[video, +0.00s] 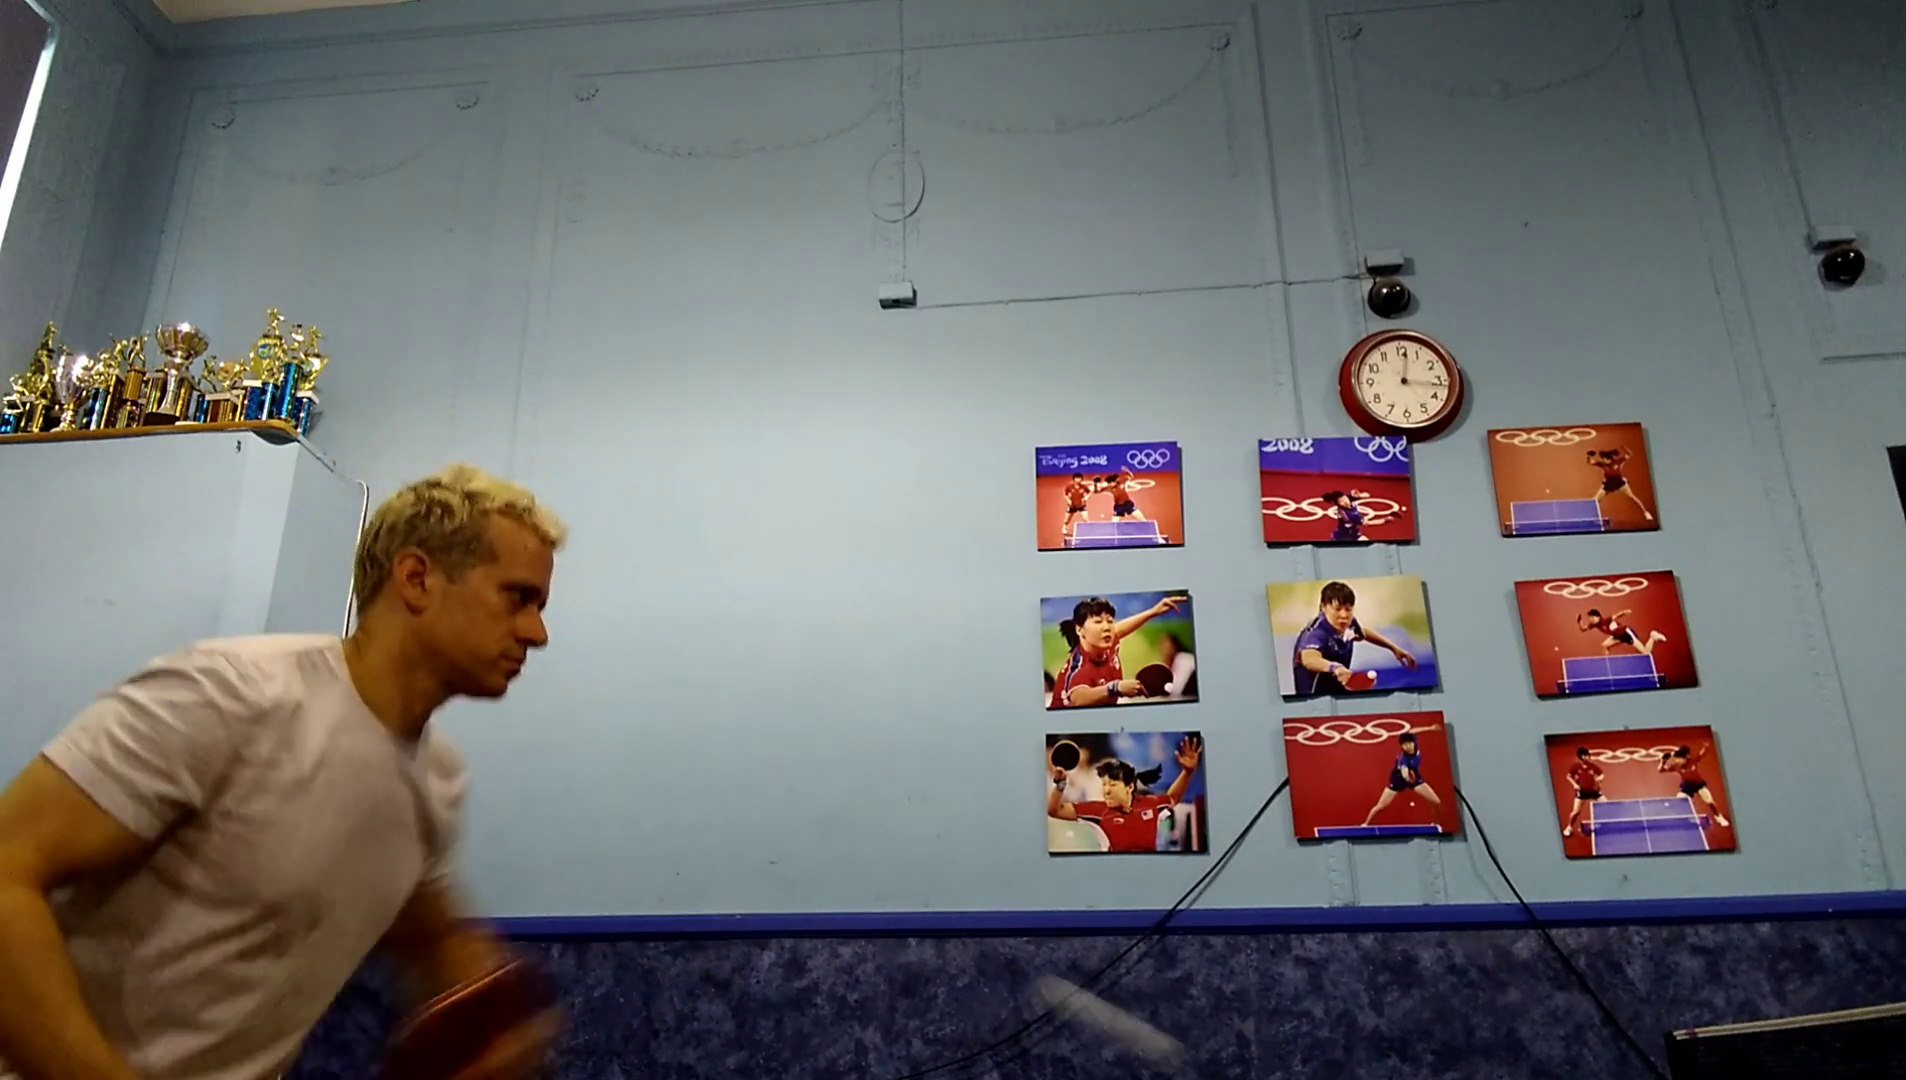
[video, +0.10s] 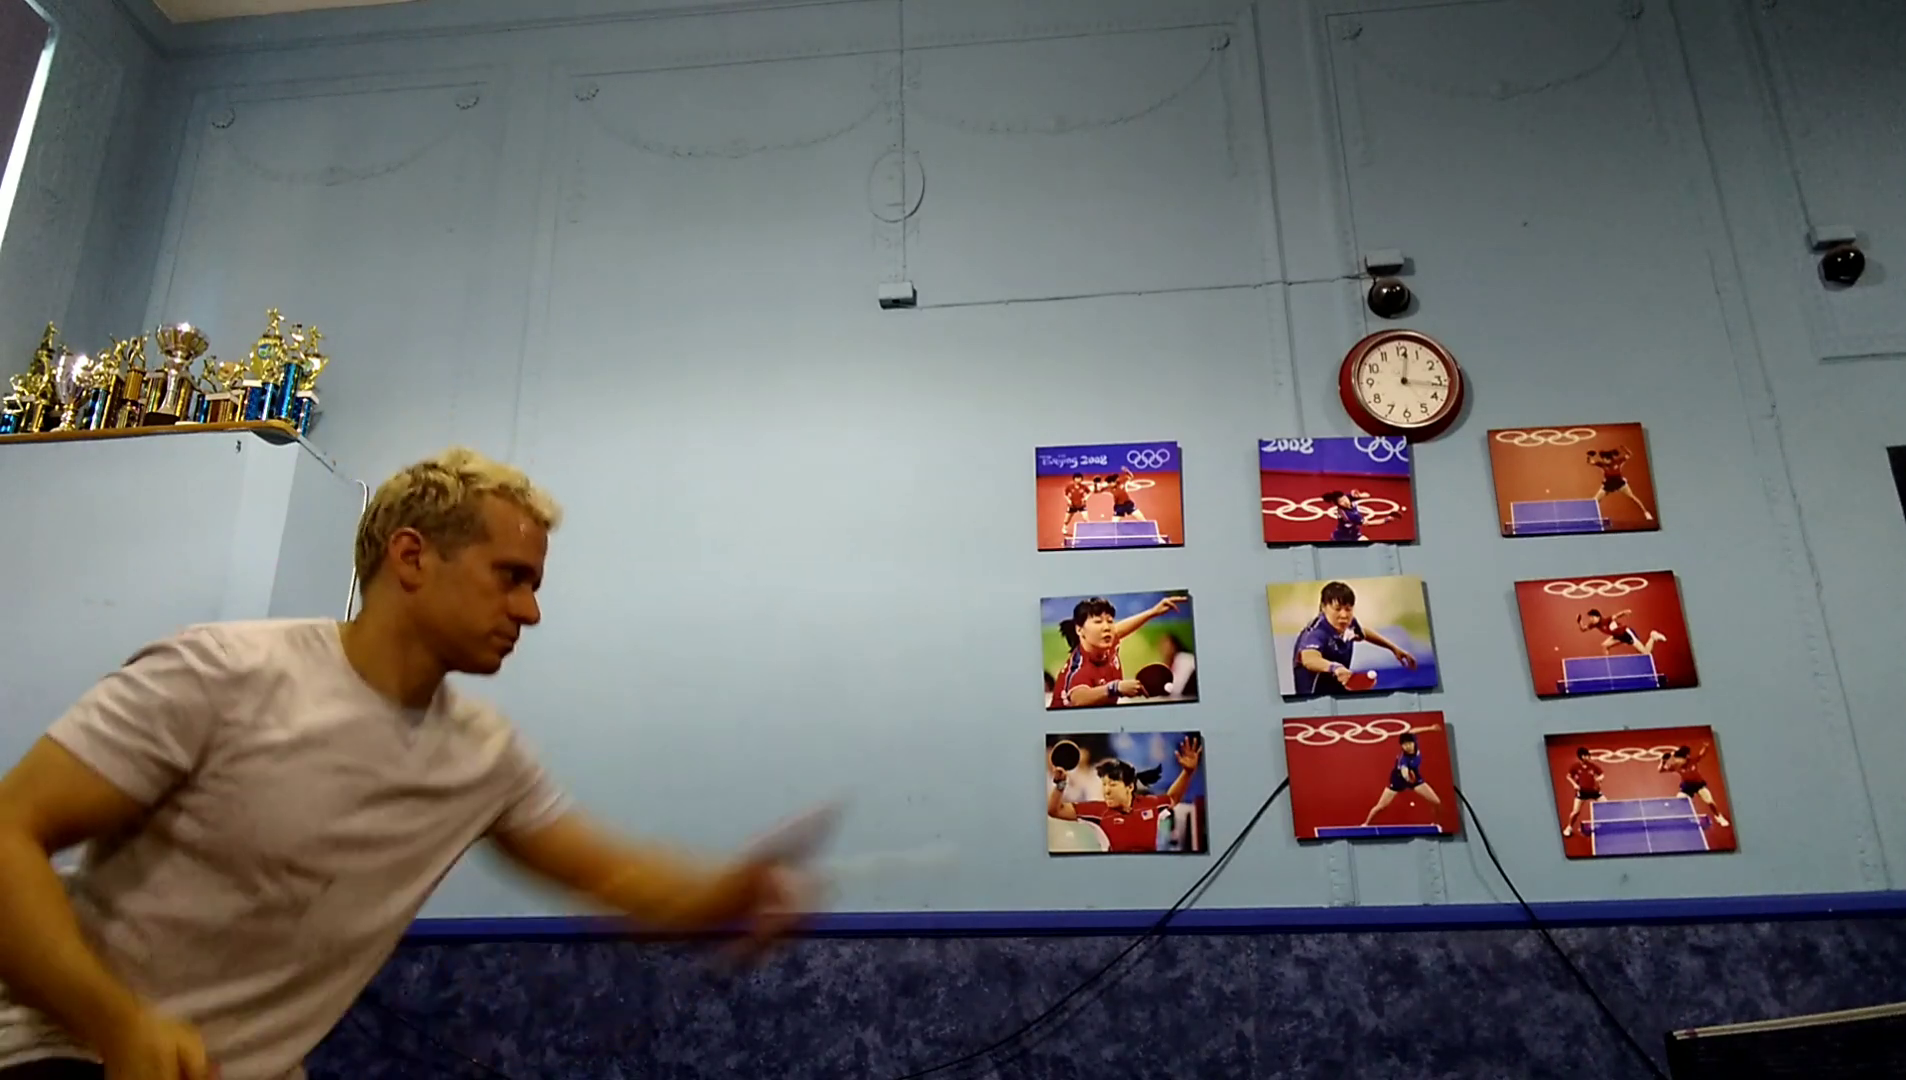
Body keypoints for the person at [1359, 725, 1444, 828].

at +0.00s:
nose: (1408, 747)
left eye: (1409, 744)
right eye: (1405, 745)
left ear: (1414, 743)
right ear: (1402, 746)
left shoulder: (1416, 748)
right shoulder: (1403, 758)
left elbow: (1413, 731)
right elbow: (1404, 771)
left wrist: (1431, 728)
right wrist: (1409, 778)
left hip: (1415, 779)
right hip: (1398, 781)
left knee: (1436, 801)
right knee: (1381, 806)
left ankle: (1435, 823)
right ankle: (1366, 823)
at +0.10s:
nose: (1408, 747)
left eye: (1409, 744)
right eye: (1405, 745)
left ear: (1414, 743)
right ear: (1402, 746)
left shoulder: (1416, 747)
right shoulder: (1403, 759)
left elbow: (1413, 731)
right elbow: (1404, 771)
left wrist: (1431, 728)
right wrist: (1408, 778)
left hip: (1415, 779)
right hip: (1398, 781)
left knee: (1436, 801)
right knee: (1381, 806)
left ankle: (1435, 823)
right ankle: (1366, 823)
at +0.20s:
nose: (1408, 747)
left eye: (1409, 744)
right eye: (1405, 745)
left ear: (1414, 743)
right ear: (1402, 746)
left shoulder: (1415, 747)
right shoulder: (1403, 758)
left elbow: (1413, 731)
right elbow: (1404, 771)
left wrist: (1431, 728)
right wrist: (1408, 778)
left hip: (1414, 779)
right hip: (1398, 781)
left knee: (1436, 801)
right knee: (1381, 806)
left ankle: (1436, 823)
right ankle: (1366, 823)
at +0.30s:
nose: (1408, 747)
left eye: (1409, 744)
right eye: (1405, 745)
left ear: (1414, 743)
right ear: (1402, 746)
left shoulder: (1416, 748)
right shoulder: (1403, 758)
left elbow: (1413, 731)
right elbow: (1404, 771)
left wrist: (1431, 728)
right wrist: (1408, 778)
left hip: (1415, 779)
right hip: (1398, 781)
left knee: (1436, 802)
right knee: (1381, 805)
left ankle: (1435, 823)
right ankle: (1366, 823)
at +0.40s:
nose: (1408, 747)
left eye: (1409, 744)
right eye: (1405, 745)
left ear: (1414, 743)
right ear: (1402, 746)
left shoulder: (1416, 748)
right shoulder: (1403, 758)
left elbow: (1413, 731)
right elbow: (1404, 771)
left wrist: (1431, 728)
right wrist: (1409, 778)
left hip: (1415, 779)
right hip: (1398, 781)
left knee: (1436, 802)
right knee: (1381, 806)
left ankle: (1435, 823)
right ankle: (1366, 823)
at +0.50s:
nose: (1408, 747)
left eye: (1409, 744)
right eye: (1405, 745)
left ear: (1413, 743)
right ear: (1402, 746)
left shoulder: (1415, 747)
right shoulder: (1403, 758)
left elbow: (1414, 731)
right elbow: (1404, 771)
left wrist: (1431, 728)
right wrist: (1408, 778)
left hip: (1415, 779)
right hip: (1398, 781)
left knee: (1436, 801)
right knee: (1381, 806)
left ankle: (1436, 823)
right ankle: (1366, 823)